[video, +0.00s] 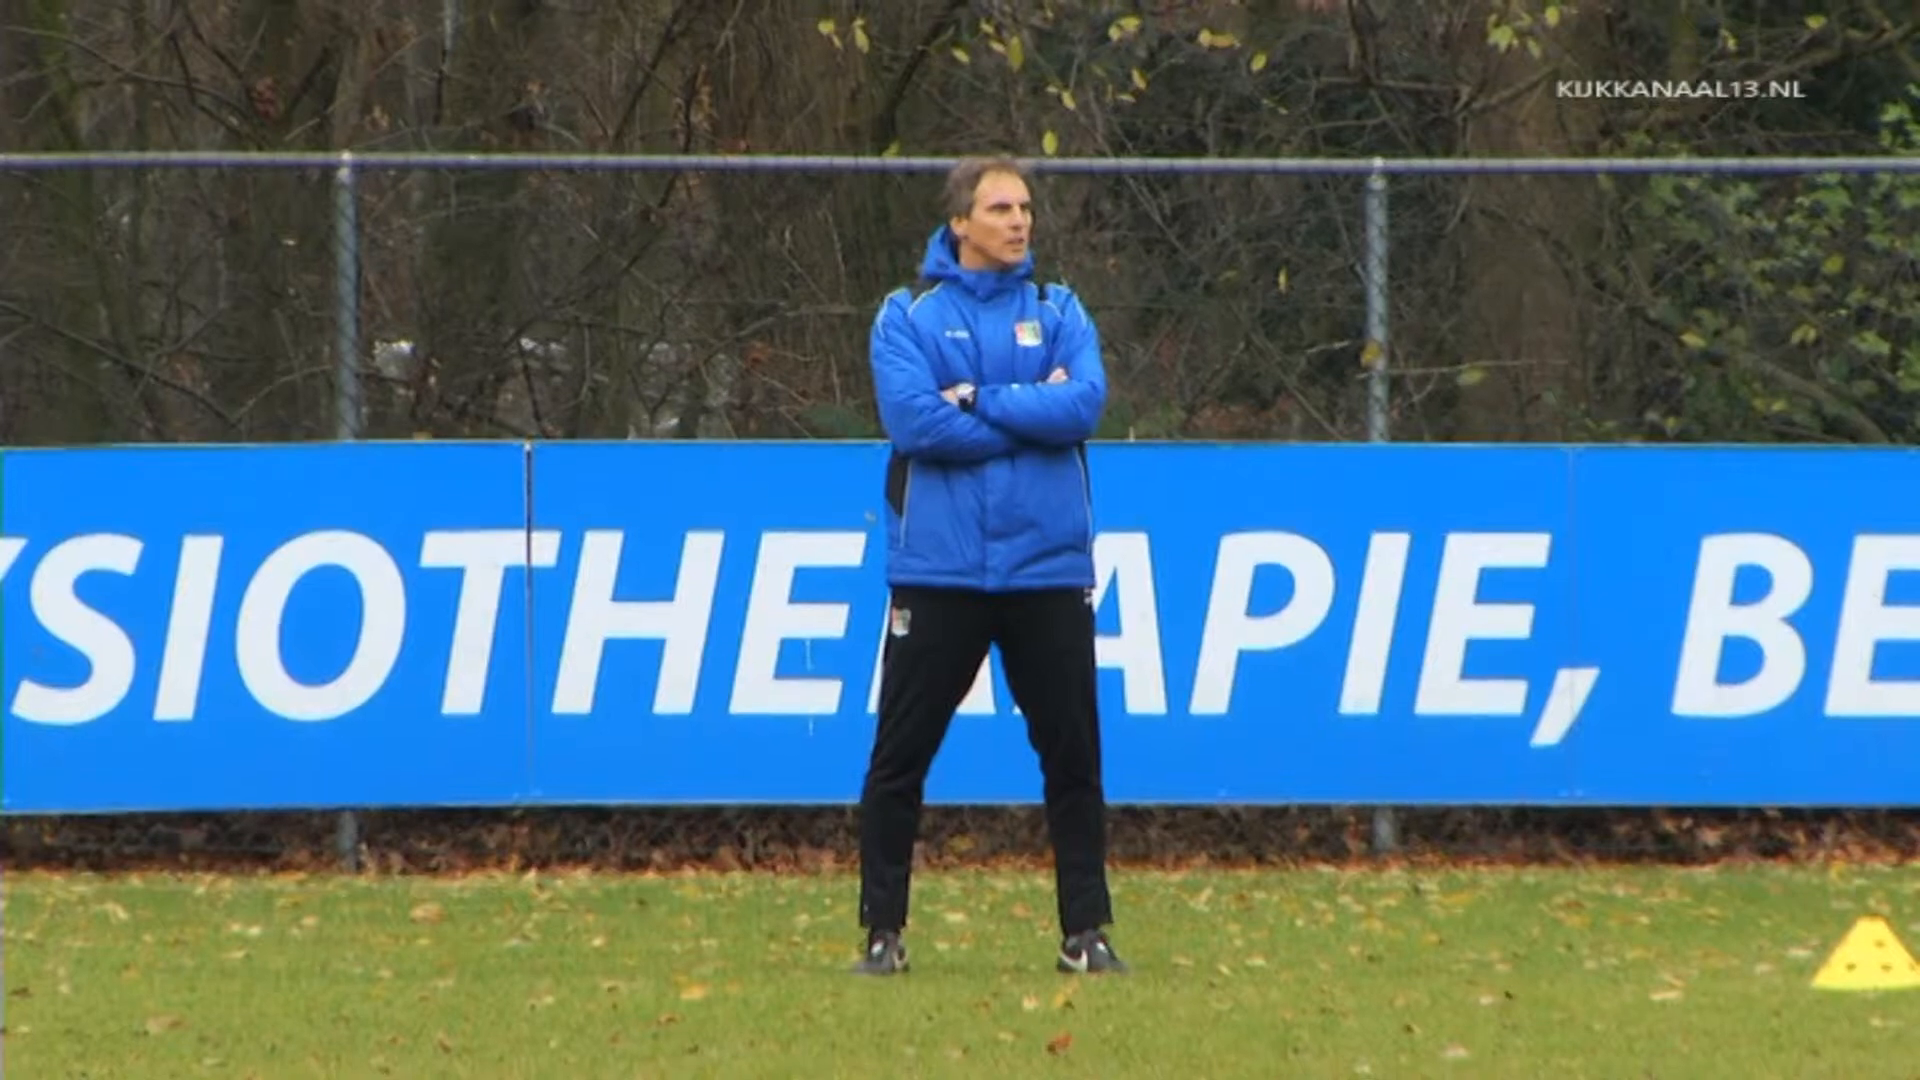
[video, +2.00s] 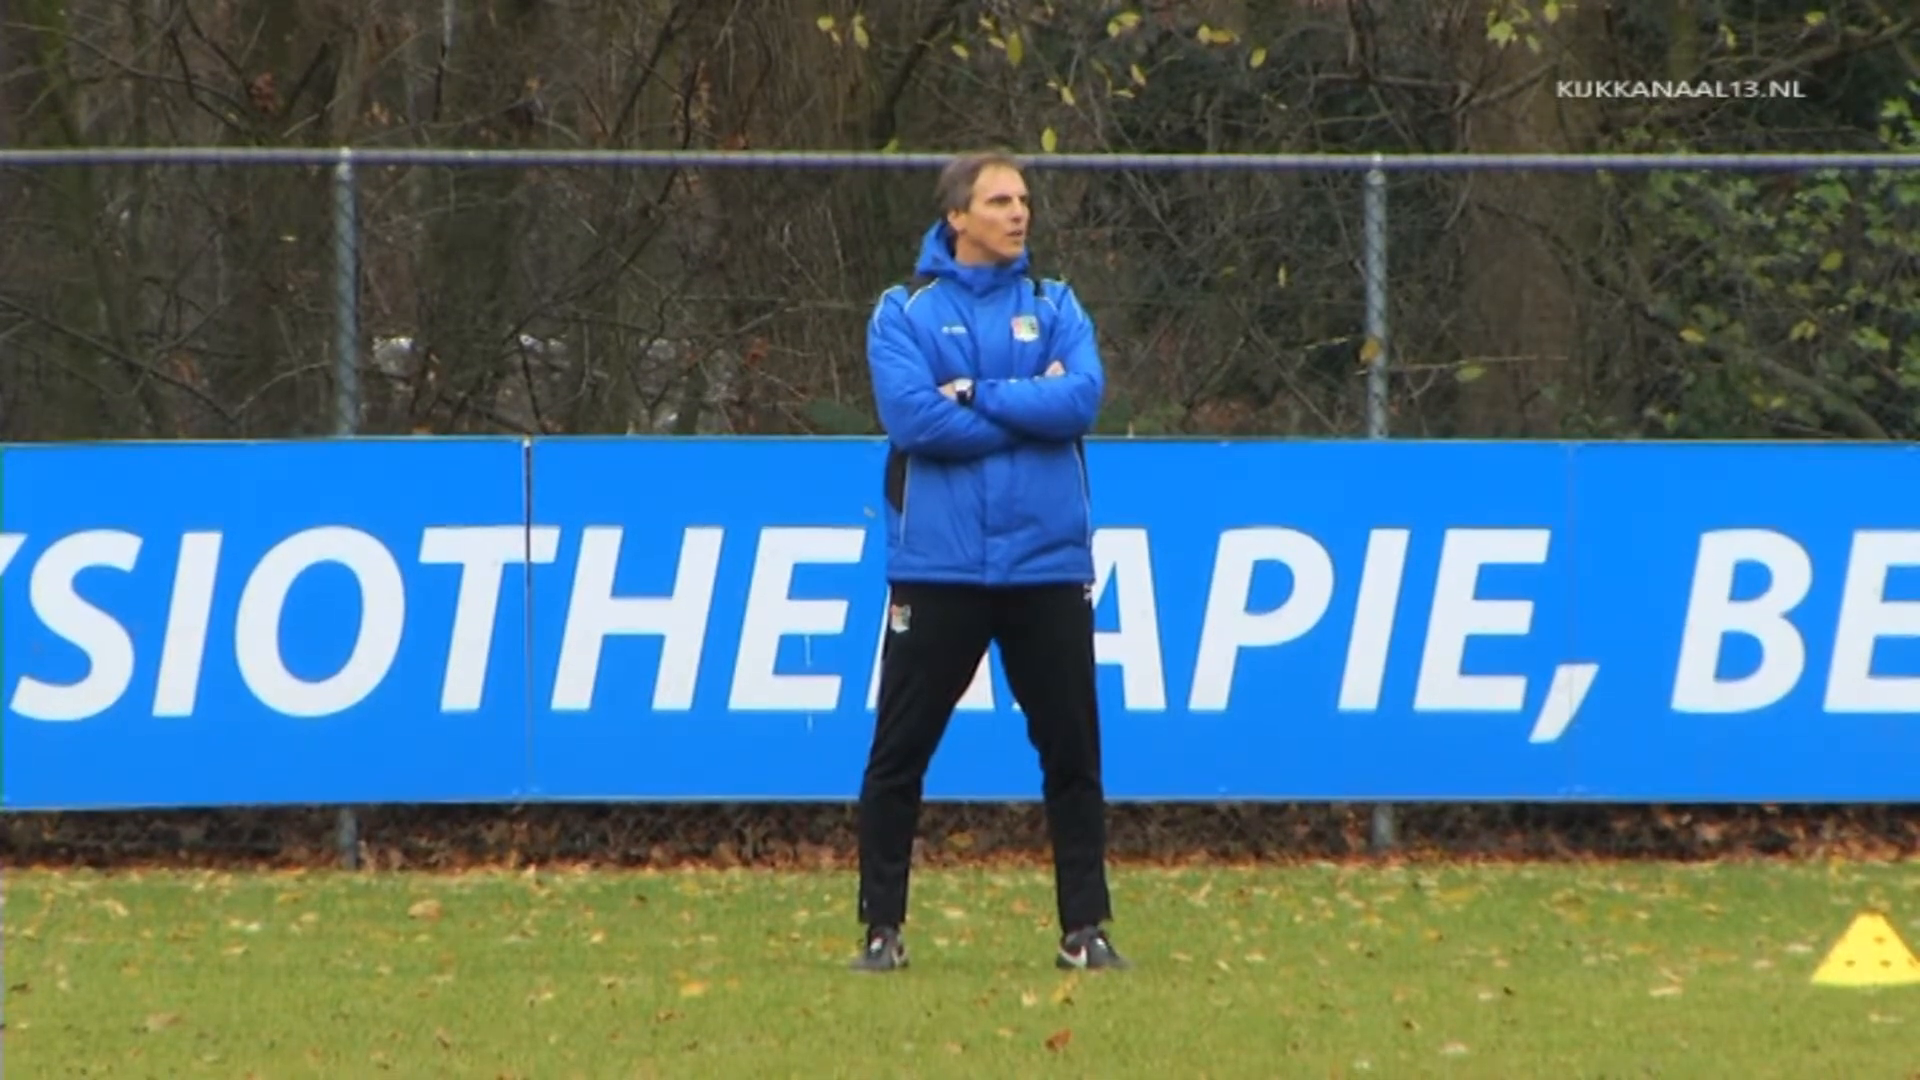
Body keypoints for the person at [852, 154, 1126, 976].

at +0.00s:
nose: (1018, 220)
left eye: (1024, 209)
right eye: (1000, 209)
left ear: (1032, 222)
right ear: (960, 224)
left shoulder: (1059, 309)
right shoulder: (906, 315)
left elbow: (1083, 405)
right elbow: (917, 427)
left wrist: (975, 396)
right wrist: (1026, 418)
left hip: (1049, 571)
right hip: (940, 573)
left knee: (1073, 753)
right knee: (902, 755)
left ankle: (1085, 933)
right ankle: (882, 932)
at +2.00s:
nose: (1018, 213)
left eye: (1023, 201)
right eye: (1000, 202)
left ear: (1029, 216)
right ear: (957, 219)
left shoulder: (1056, 304)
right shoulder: (903, 311)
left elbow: (1080, 401)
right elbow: (917, 424)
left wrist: (971, 391)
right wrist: (1026, 412)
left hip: (1049, 567)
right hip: (940, 570)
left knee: (1073, 751)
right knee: (901, 752)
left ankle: (1085, 931)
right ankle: (882, 929)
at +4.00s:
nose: (1003, 221)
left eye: (1012, 208)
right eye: (986, 209)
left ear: (1024, 218)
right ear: (950, 221)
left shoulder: (1057, 305)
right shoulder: (899, 312)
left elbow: (1075, 401)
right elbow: (912, 425)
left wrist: (964, 392)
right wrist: (1023, 413)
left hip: (1045, 567)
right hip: (937, 570)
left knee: (1071, 751)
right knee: (899, 753)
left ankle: (1085, 930)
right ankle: (882, 929)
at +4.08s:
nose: (1000, 228)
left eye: (1012, 212)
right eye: (984, 213)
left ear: (1032, 218)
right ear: (951, 221)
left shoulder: (1060, 314)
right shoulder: (905, 318)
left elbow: (1094, 421)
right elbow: (915, 437)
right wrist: (993, 344)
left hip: (1044, 567)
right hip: (940, 570)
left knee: (1070, 742)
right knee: (899, 749)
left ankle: (1085, 927)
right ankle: (883, 926)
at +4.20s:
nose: (1001, 221)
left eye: (1012, 207)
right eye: (984, 208)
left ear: (1025, 217)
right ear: (950, 220)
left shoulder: (1057, 304)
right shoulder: (900, 311)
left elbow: (1076, 400)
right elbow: (912, 430)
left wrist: (964, 395)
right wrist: (1023, 411)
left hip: (1048, 566)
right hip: (936, 570)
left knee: (1070, 751)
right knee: (899, 750)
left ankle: (1086, 928)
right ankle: (881, 924)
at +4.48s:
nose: (996, 219)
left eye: (1007, 205)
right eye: (979, 206)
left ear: (1023, 216)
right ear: (950, 218)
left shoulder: (1059, 305)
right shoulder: (900, 312)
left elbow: (1076, 403)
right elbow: (911, 423)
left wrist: (965, 392)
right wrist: (1020, 415)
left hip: (1044, 567)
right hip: (934, 568)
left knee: (1070, 750)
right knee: (898, 751)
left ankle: (1085, 930)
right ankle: (882, 929)